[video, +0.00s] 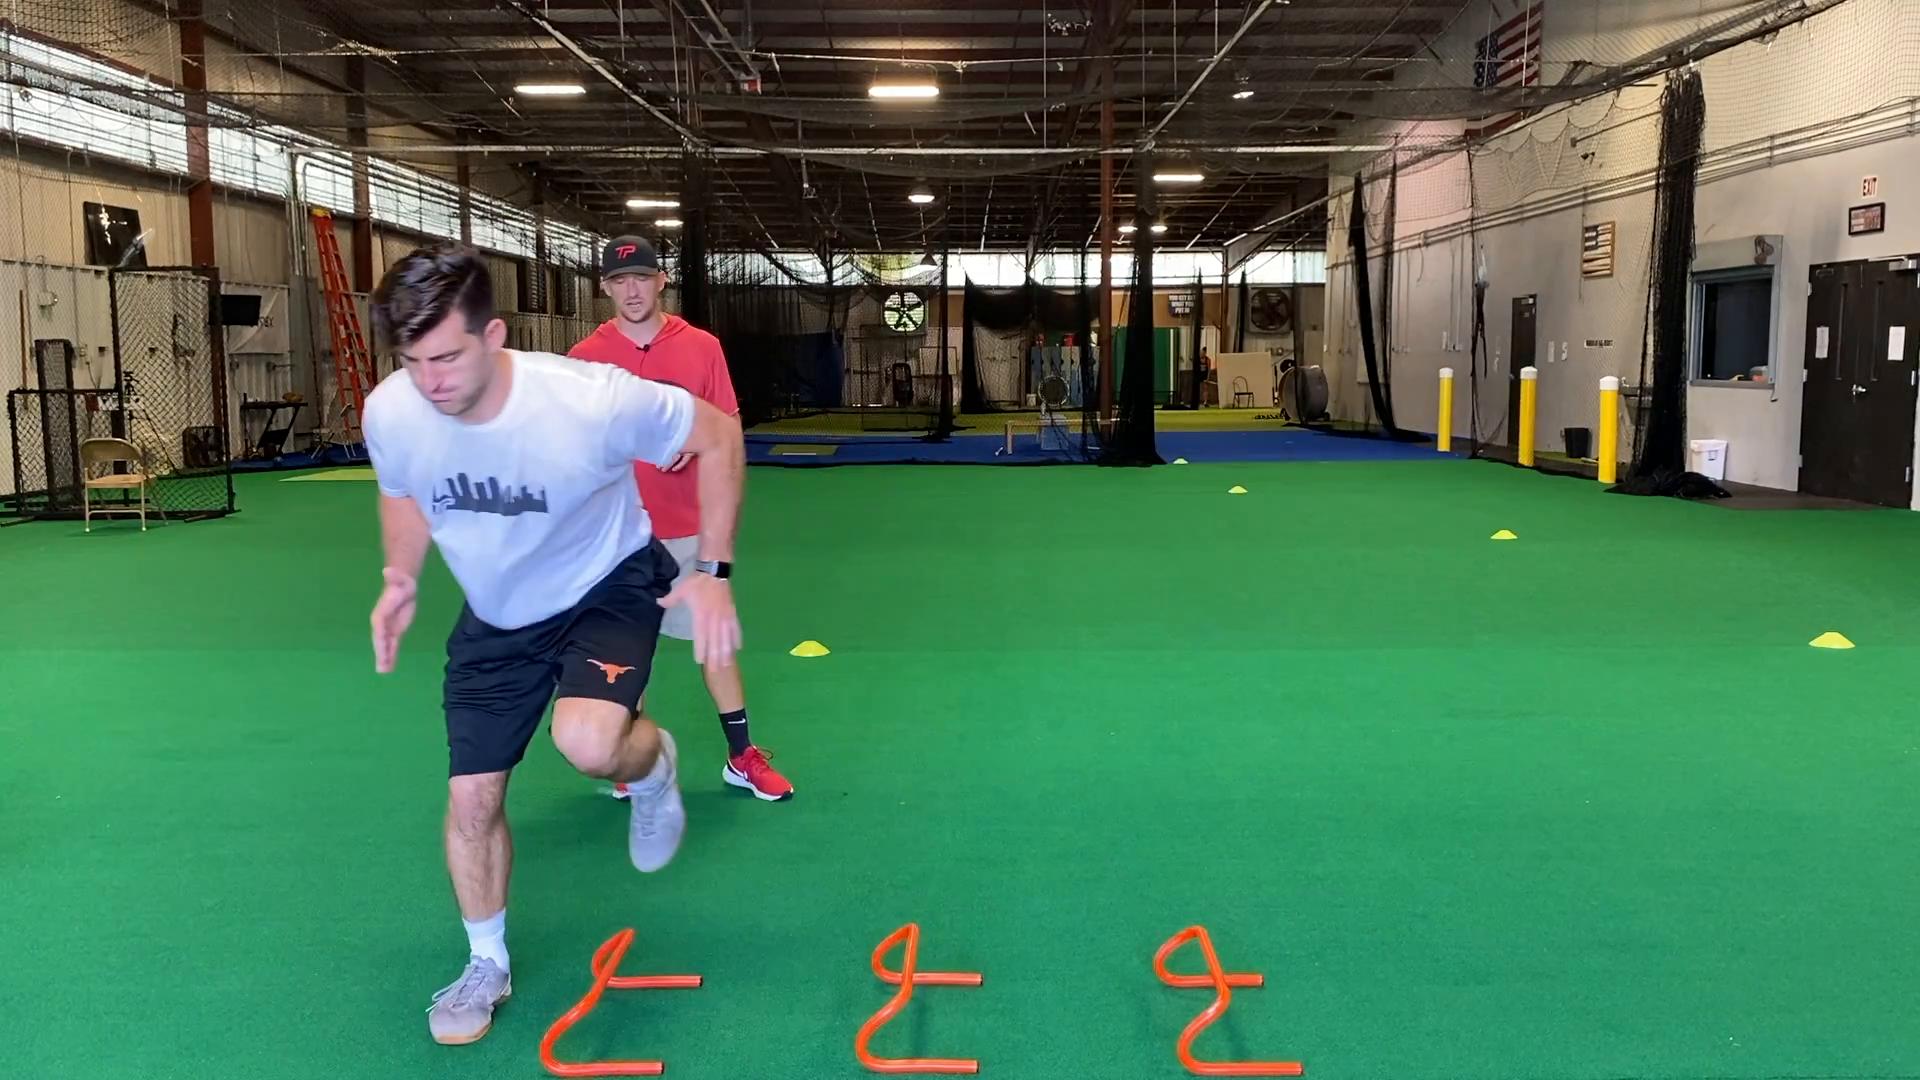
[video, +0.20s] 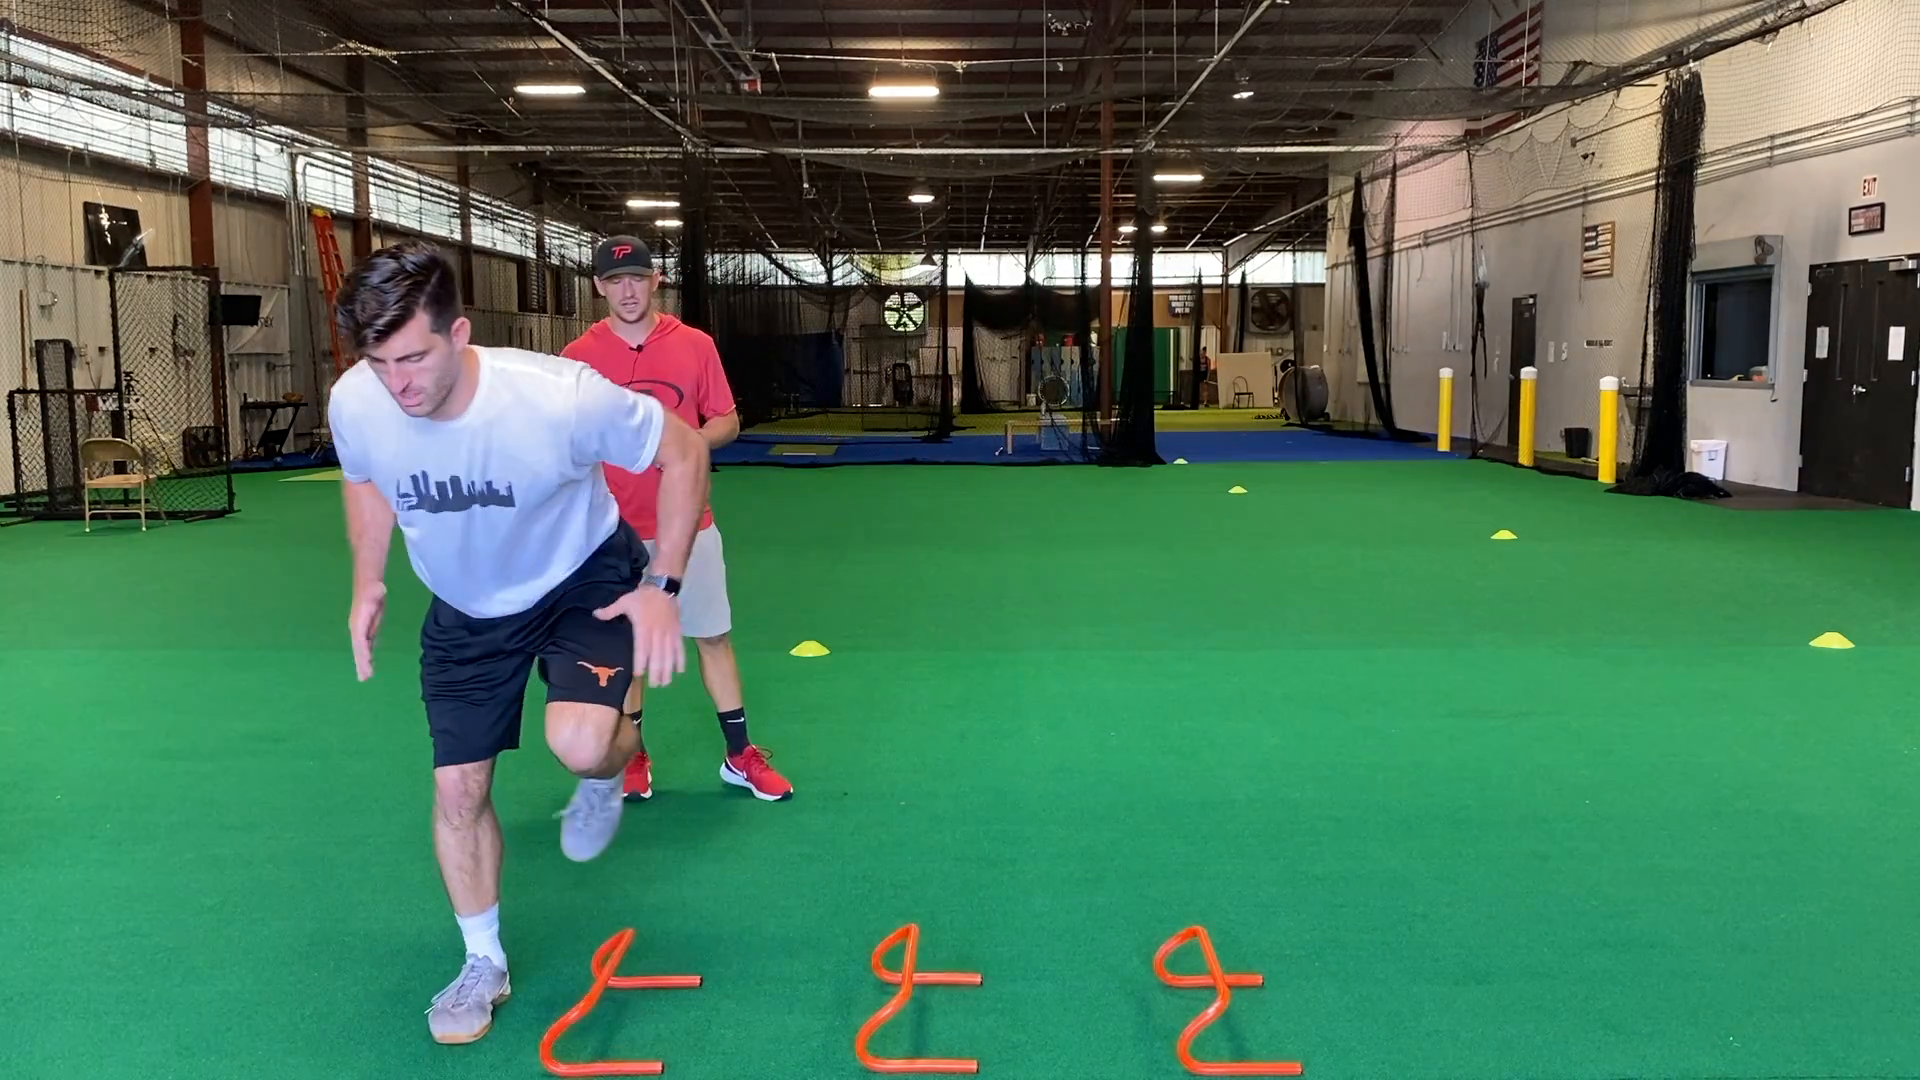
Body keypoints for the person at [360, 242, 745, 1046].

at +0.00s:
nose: (434, 378)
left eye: (448, 357)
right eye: (417, 360)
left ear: (495, 336)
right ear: (401, 351)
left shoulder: (589, 400)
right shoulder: (391, 413)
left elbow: (719, 431)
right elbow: (402, 495)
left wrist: (714, 567)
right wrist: (401, 578)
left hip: (608, 584)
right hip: (496, 611)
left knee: (588, 742)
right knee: (472, 795)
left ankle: (656, 773)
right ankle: (487, 963)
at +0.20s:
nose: (400, 379)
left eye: (415, 358)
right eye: (383, 361)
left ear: (460, 332)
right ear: (366, 349)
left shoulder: (560, 398)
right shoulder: (357, 403)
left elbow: (686, 446)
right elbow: (365, 483)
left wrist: (665, 584)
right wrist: (369, 583)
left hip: (583, 581)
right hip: (466, 608)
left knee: (579, 745)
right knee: (458, 785)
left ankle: (608, 772)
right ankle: (484, 961)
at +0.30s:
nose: (394, 377)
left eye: (410, 355)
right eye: (379, 359)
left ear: (453, 329)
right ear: (361, 348)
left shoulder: (556, 400)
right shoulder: (352, 392)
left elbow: (665, 492)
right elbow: (368, 465)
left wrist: (606, 624)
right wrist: (378, 569)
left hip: (573, 580)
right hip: (461, 596)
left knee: (572, 758)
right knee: (459, 779)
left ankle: (568, 776)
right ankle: (484, 962)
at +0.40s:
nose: (392, 382)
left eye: (408, 358)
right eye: (374, 364)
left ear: (453, 335)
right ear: (356, 357)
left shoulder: (550, 414)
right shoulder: (357, 385)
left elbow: (631, 542)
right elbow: (385, 445)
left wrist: (502, 628)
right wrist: (394, 509)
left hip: (581, 594)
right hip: (461, 594)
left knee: (557, 778)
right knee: (463, 776)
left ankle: (523, 744)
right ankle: (481, 960)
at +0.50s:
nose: (391, 406)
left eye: (407, 383)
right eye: (374, 388)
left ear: (455, 360)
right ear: (357, 380)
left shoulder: (542, 446)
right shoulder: (375, 405)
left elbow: (586, 600)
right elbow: (445, 495)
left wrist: (432, 591)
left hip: (586, 597)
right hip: (470, 588)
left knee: (537, 793)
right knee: (457, 775)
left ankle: (494, 750)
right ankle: (477, 960)